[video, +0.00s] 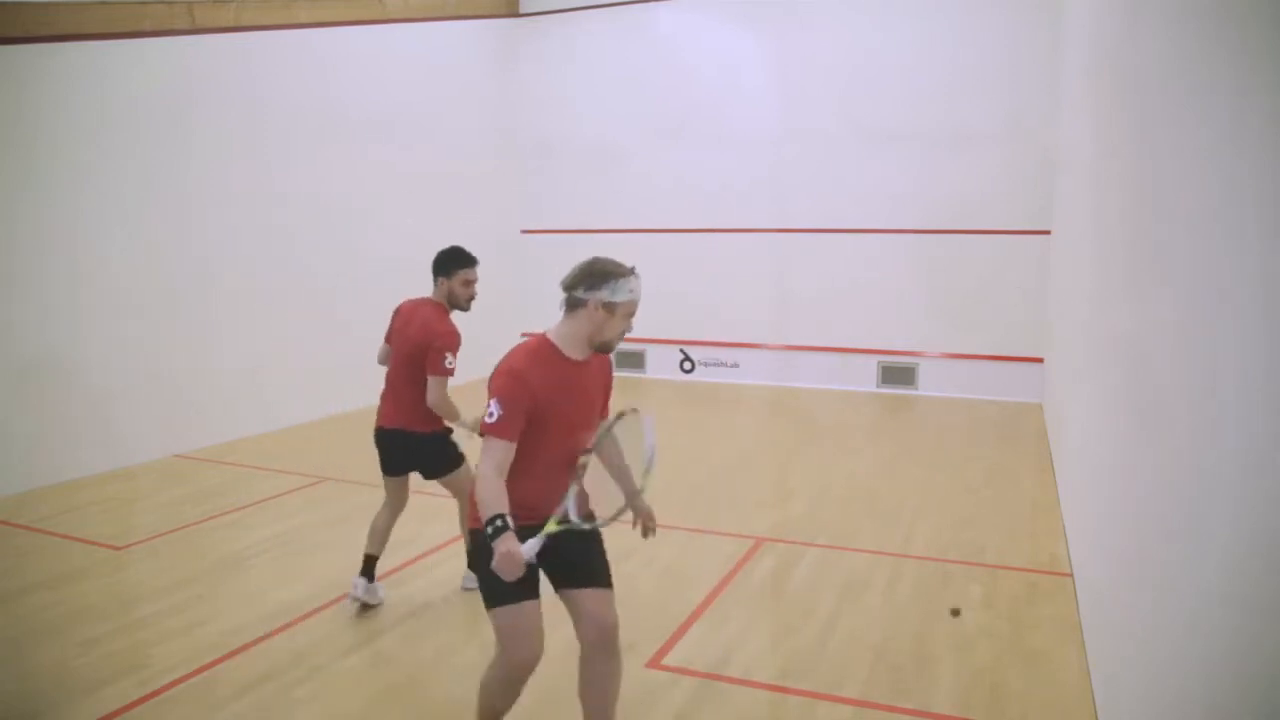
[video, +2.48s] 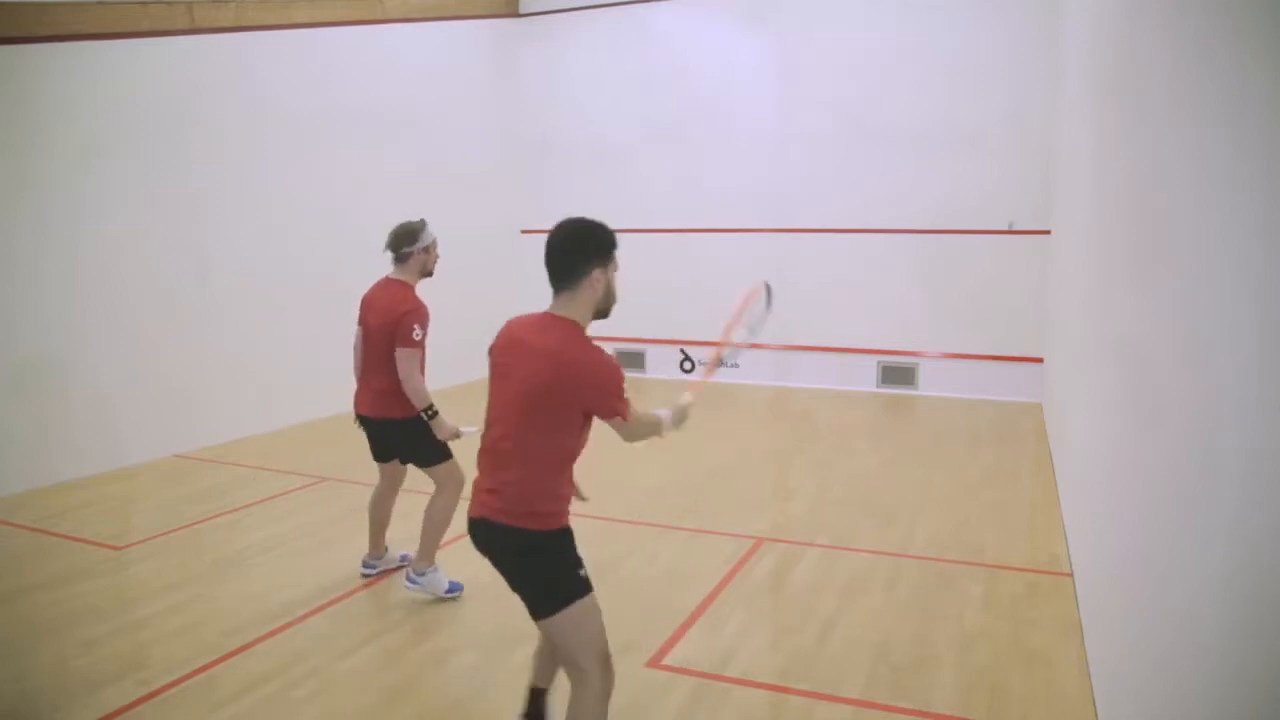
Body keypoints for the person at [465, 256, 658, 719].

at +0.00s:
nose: (630, 328)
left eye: (632, 318)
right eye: (627, 316)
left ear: (595, 310)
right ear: (595, 310)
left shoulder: (600, 365)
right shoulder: (520, 370)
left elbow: (599, 432)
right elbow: (490, 470)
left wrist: (633, 496)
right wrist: (502, 535)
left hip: (567, 515)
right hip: (505, 523)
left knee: (602, 632)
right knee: (521, 652)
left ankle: (600, 718)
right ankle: (487, 716)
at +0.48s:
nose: (611, 384)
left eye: (612, 372)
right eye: (607, 371)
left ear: (567, 371)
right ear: (572, 371)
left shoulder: (507, 393)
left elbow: (441, 429)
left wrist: (401, 473)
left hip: (482, 563)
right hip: (434, 584)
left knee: (573, 637)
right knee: (524, 705)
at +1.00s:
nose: (448, 269)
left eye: (445, 260)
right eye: (443, 262)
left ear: (391, 273)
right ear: (429, 272)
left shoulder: (348, 330)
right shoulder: (455, 347)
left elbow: (304, 404)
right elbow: (448, 394)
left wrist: (272, 476)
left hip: (339, 496)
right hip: (393, 504)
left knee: (381, 605)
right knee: (398, 638)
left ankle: (340, 710)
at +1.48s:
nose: (390, 263)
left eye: (388, 255)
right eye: (385, 256)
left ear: (340, 264)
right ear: (369, 262)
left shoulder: (305, 318)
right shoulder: (389, 326)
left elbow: (287, 393)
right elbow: (415, 406)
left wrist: (272, 455)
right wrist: (423, 433)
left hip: (315, 460)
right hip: (367, 465)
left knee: (335, 526)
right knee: (384, 558)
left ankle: (327, 624)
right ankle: (339, 645)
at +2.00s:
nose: (419, 258)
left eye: (419, 250)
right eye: (413, 250)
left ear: (383, 252)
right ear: (389, 250)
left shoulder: (345, 296)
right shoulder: (397, 308)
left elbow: (340, 356)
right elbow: (404, 377)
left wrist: (372, 384)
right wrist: (440, 424)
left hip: (353, 421)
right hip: (395, 424)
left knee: (373, 493)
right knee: (413, 500)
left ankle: (341, 574)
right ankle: (411, 584)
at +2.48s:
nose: (437, 257)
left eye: (436, 249)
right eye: (434, 250)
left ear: (398, 254)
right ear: (420, 254)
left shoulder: (374, 295)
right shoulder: (412, 308)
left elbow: (360, 357)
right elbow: (409, 377)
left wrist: (365, 400)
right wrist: (436, 420)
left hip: (370, 410)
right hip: (400, 414)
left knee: (391, 475)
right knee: (451, 480)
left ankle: (376, 555)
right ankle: (423, 568)